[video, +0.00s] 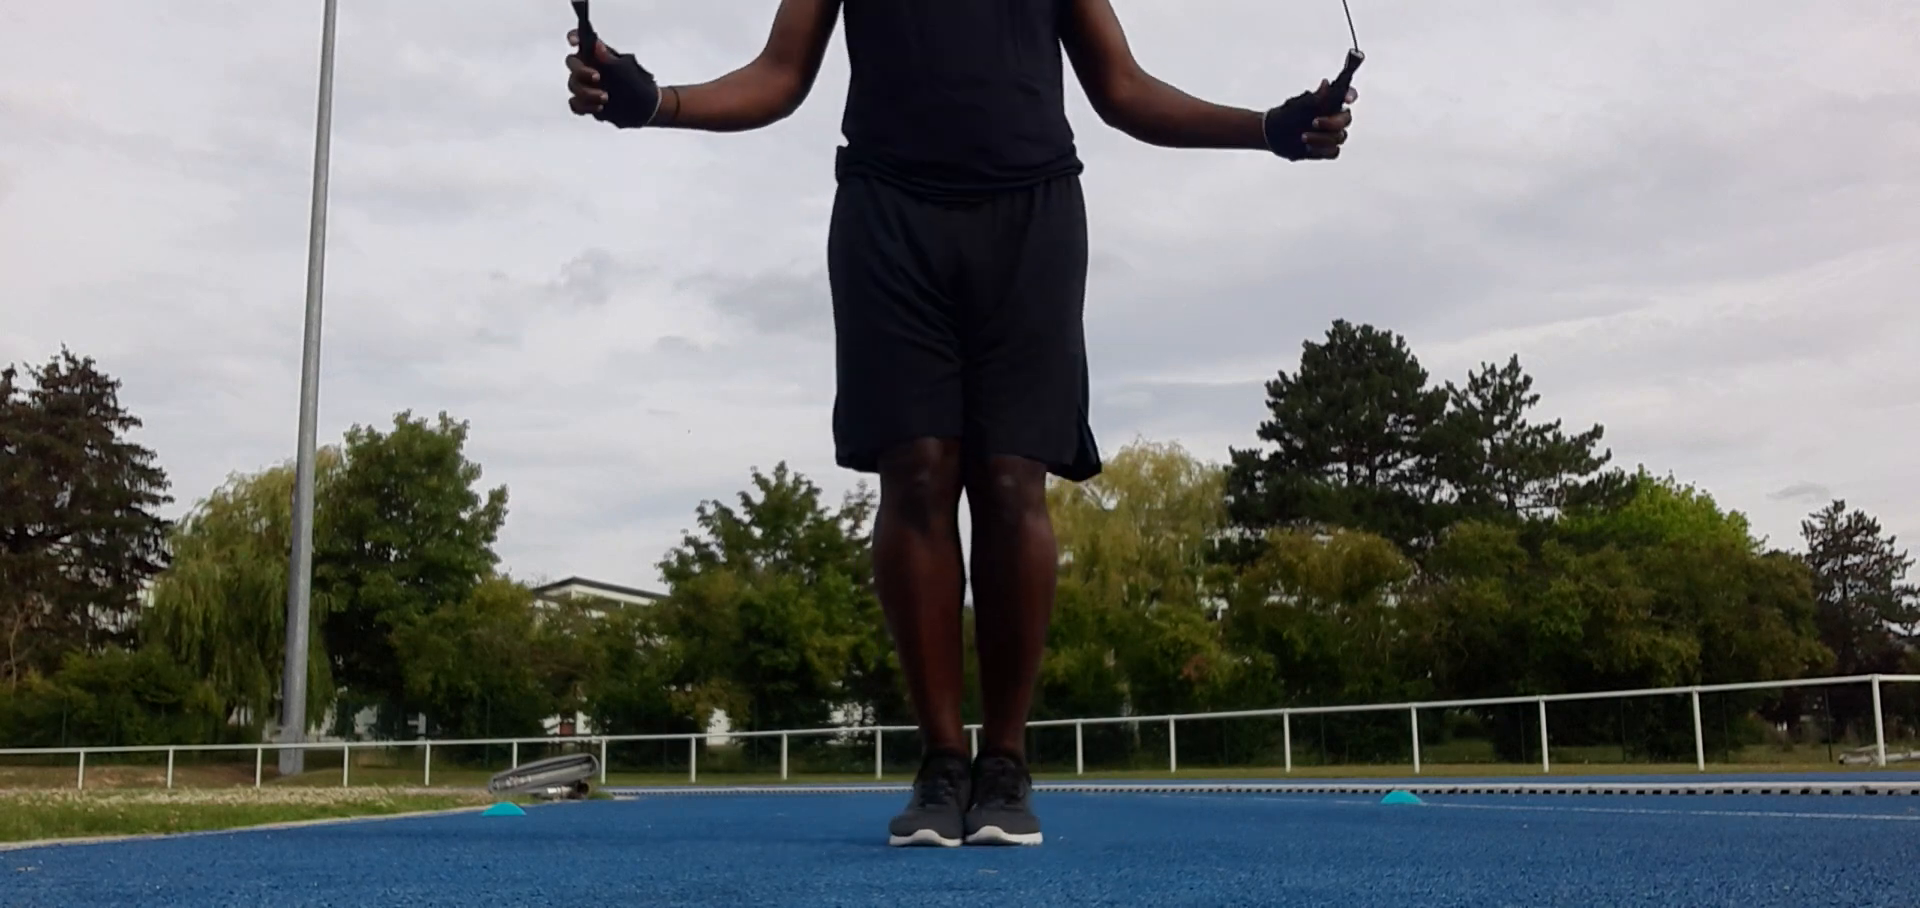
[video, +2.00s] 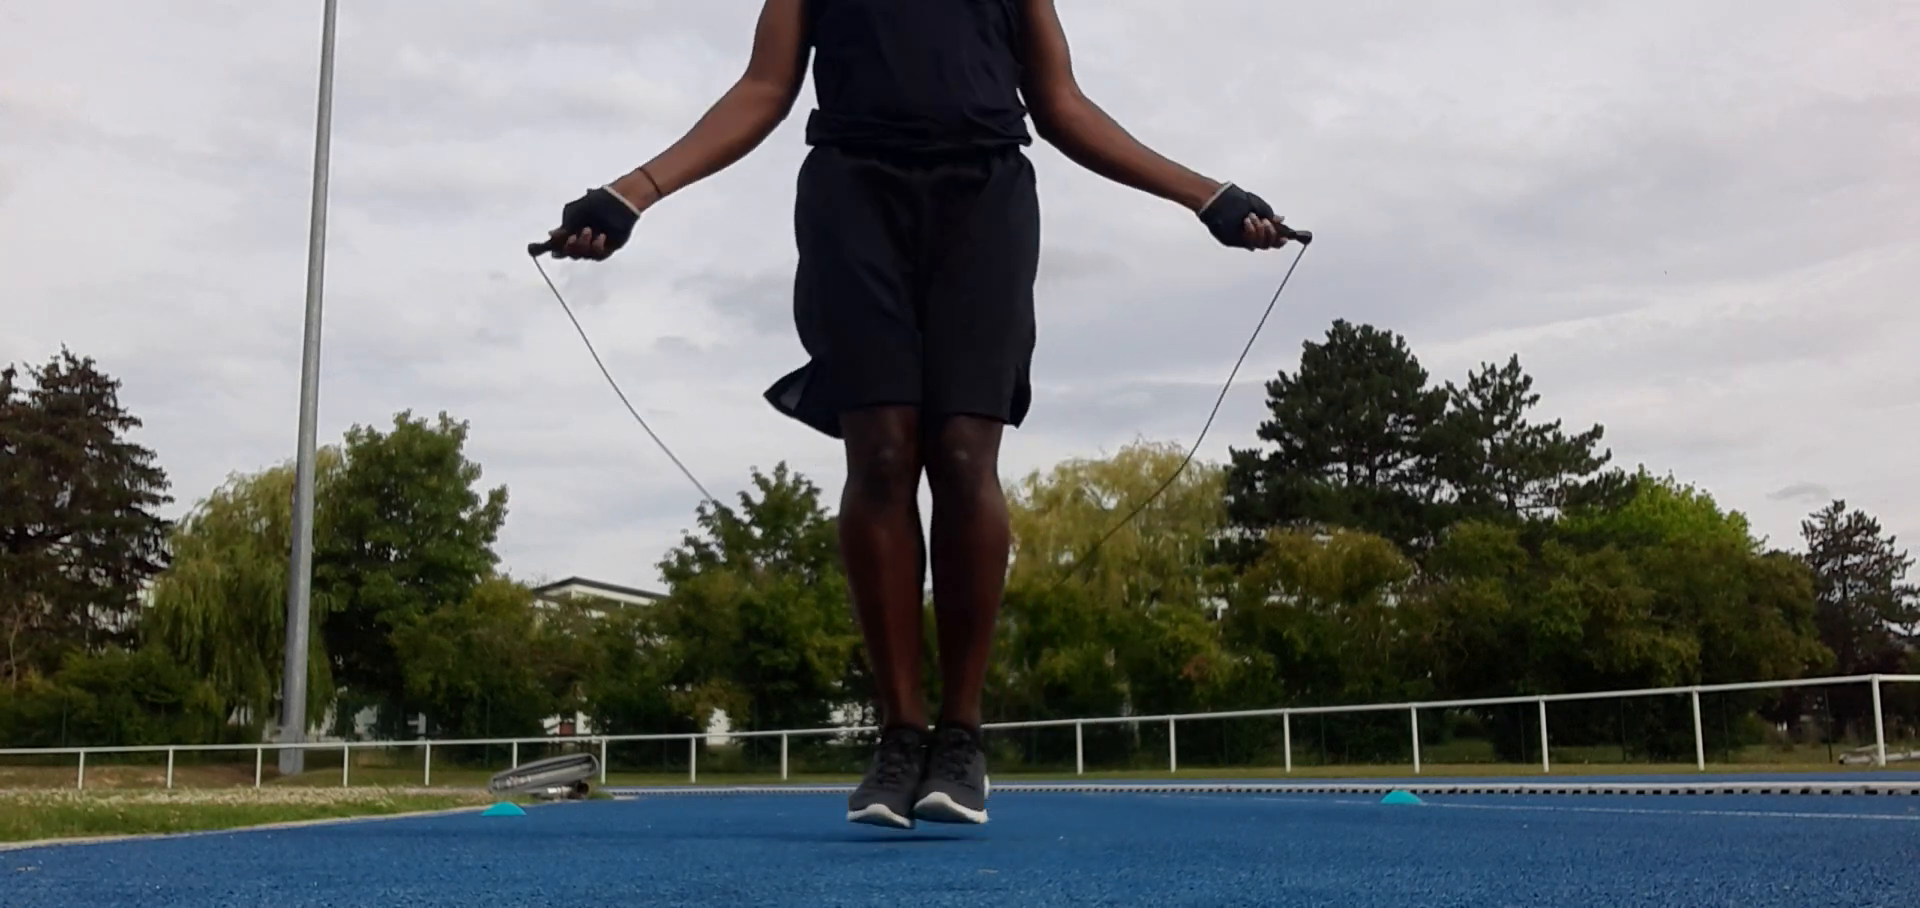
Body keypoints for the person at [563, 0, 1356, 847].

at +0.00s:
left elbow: (1122, 87)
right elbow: (779, 73)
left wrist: (1266, 126)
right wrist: (658, 99)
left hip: (1029, 204)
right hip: (887, 204)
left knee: (1011, 477)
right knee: (917, 472)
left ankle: (1004, 767)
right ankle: (942, 768)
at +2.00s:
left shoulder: (1013, 4)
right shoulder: (810, 2)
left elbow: (1062, 105)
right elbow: (764, 87)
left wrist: (1205, 192)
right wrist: (633, 190)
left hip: (987, 188)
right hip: (853, 186)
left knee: (964, 452)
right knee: (880, 450)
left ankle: (960, 739)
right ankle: (899, 741)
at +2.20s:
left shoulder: (1013, 4)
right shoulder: (804, 2)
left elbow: (1068, 116)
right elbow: (755, 100)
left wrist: (1205, 172)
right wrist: (638, 157)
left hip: (981, 221)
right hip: (850, 220)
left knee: (962, 478)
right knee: (872, 476)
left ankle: (957, 763)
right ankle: (893, 767)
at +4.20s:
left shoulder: (1008, 7)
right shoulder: (806, 4)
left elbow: (1044, 124)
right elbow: (772, 108)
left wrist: (1184, 196)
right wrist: (654, 196)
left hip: (976, 215)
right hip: (847, 217)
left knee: (957, 472)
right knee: (872, 472)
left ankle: (956, 746)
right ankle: (887, 751)